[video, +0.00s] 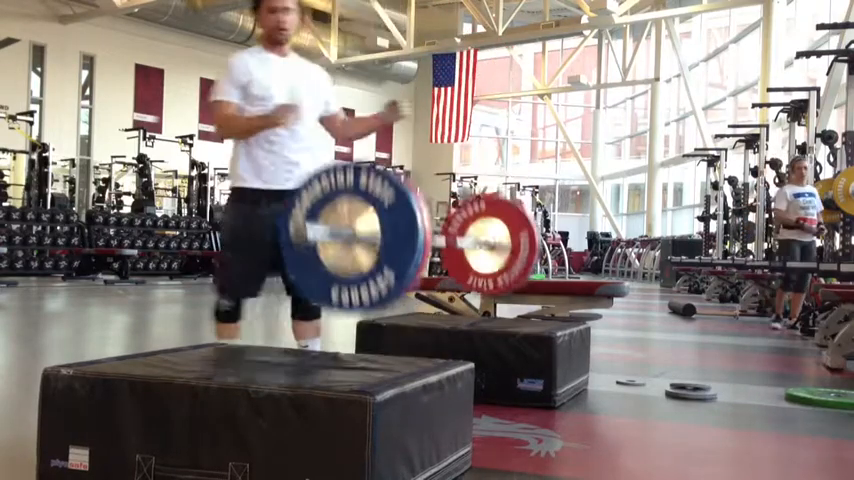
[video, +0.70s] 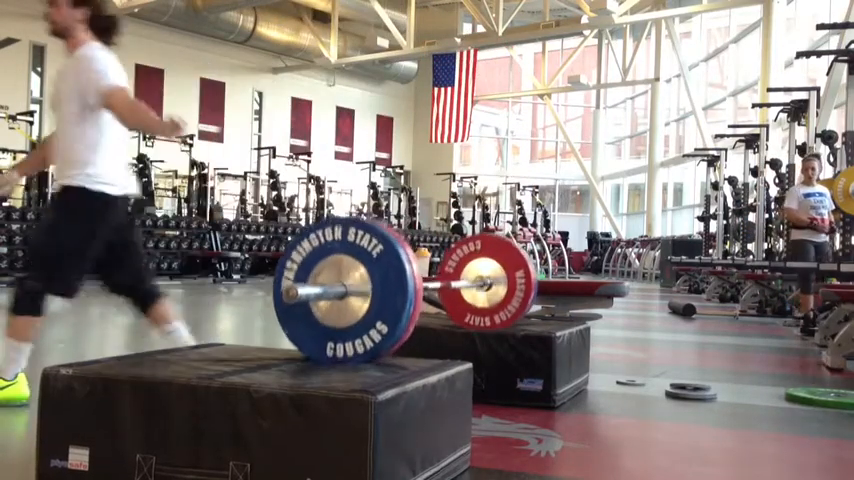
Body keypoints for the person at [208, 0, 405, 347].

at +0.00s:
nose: (281, 19)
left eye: (288, 11)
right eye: (272, 11)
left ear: (298, 18)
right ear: (258, 17)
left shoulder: (314, 74)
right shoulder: (242, 64)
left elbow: (341, 129)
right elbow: (224, 125)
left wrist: (383, 118)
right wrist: (268, 120)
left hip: (305, 196)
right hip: (251, 196)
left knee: (306, 289)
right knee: (230, 294)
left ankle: (313, 373)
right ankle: (227, 371)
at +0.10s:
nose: (249, 18)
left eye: (256, 10)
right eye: (240, 11)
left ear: (269, 17)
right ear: (229, 18)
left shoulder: (293, 75)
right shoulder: (211, 71)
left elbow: (312, 129)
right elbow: (195, 129)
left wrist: (355, 131)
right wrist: (224, 140)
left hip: (280, 198)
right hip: (224, 198)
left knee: (296, 290)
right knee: (207, 293)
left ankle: (309, 372)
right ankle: (214, 376)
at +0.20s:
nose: (212, 15)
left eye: (221, 8)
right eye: (206, 9)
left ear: (242, 16)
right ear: (201, 17)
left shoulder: (266, 73)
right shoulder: (184, 72)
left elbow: (289, 125)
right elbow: (166, 125)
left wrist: (317, 159)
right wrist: (163, 166)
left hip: (254, 199)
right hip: (197, 200)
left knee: (272, 292)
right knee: (194, 294)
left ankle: (287, 372)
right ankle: (212, 375)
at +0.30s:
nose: (180, 12)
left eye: (190, 4)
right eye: (176, 6)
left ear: (212, 12)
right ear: (171, 13)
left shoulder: (238, 68)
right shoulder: (159, 71)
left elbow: (263, 130)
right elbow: (143, 132)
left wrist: (277, 185)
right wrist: (116, 183)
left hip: (224, 191)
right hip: (177, 195)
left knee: (231, 286)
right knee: (191, 292)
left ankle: (245, 369)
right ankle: (211, 371)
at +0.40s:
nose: (149, 10)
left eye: (159, 3)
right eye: (148, 4)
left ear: (184, 10)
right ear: (146, 12)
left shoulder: (209, 65)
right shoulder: (141, 74)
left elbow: (226, 128)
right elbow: (121, 130)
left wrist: (229, 183)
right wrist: (88, 180)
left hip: (199, 184)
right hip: (160, 188)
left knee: (183, 279)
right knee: (178, 280)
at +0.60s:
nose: (87, 12)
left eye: (94, 5)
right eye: (87, 6)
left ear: (119, 12)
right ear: (105, 15)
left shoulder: (138, 62)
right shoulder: (98, 72)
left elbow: (159, 122)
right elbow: (85, 135)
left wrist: (192, 166)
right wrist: (43, 166)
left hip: (130, 194)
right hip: (126, 194)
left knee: (77, 282)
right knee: (170, 283)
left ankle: (26, 371)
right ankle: (205, 364)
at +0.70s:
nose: (49, 10)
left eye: (57, 4)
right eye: (51, 4)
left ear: (81, 14)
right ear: (75, 16)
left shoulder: (92, 58)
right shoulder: (71, 68)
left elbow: (122, 104)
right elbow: (63, 140)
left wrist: (161, 127)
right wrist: (16, 173)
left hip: (87, 191)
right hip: (107, 193)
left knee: (33, 282)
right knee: (137, 283)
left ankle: (10, 377)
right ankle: (190, 360)